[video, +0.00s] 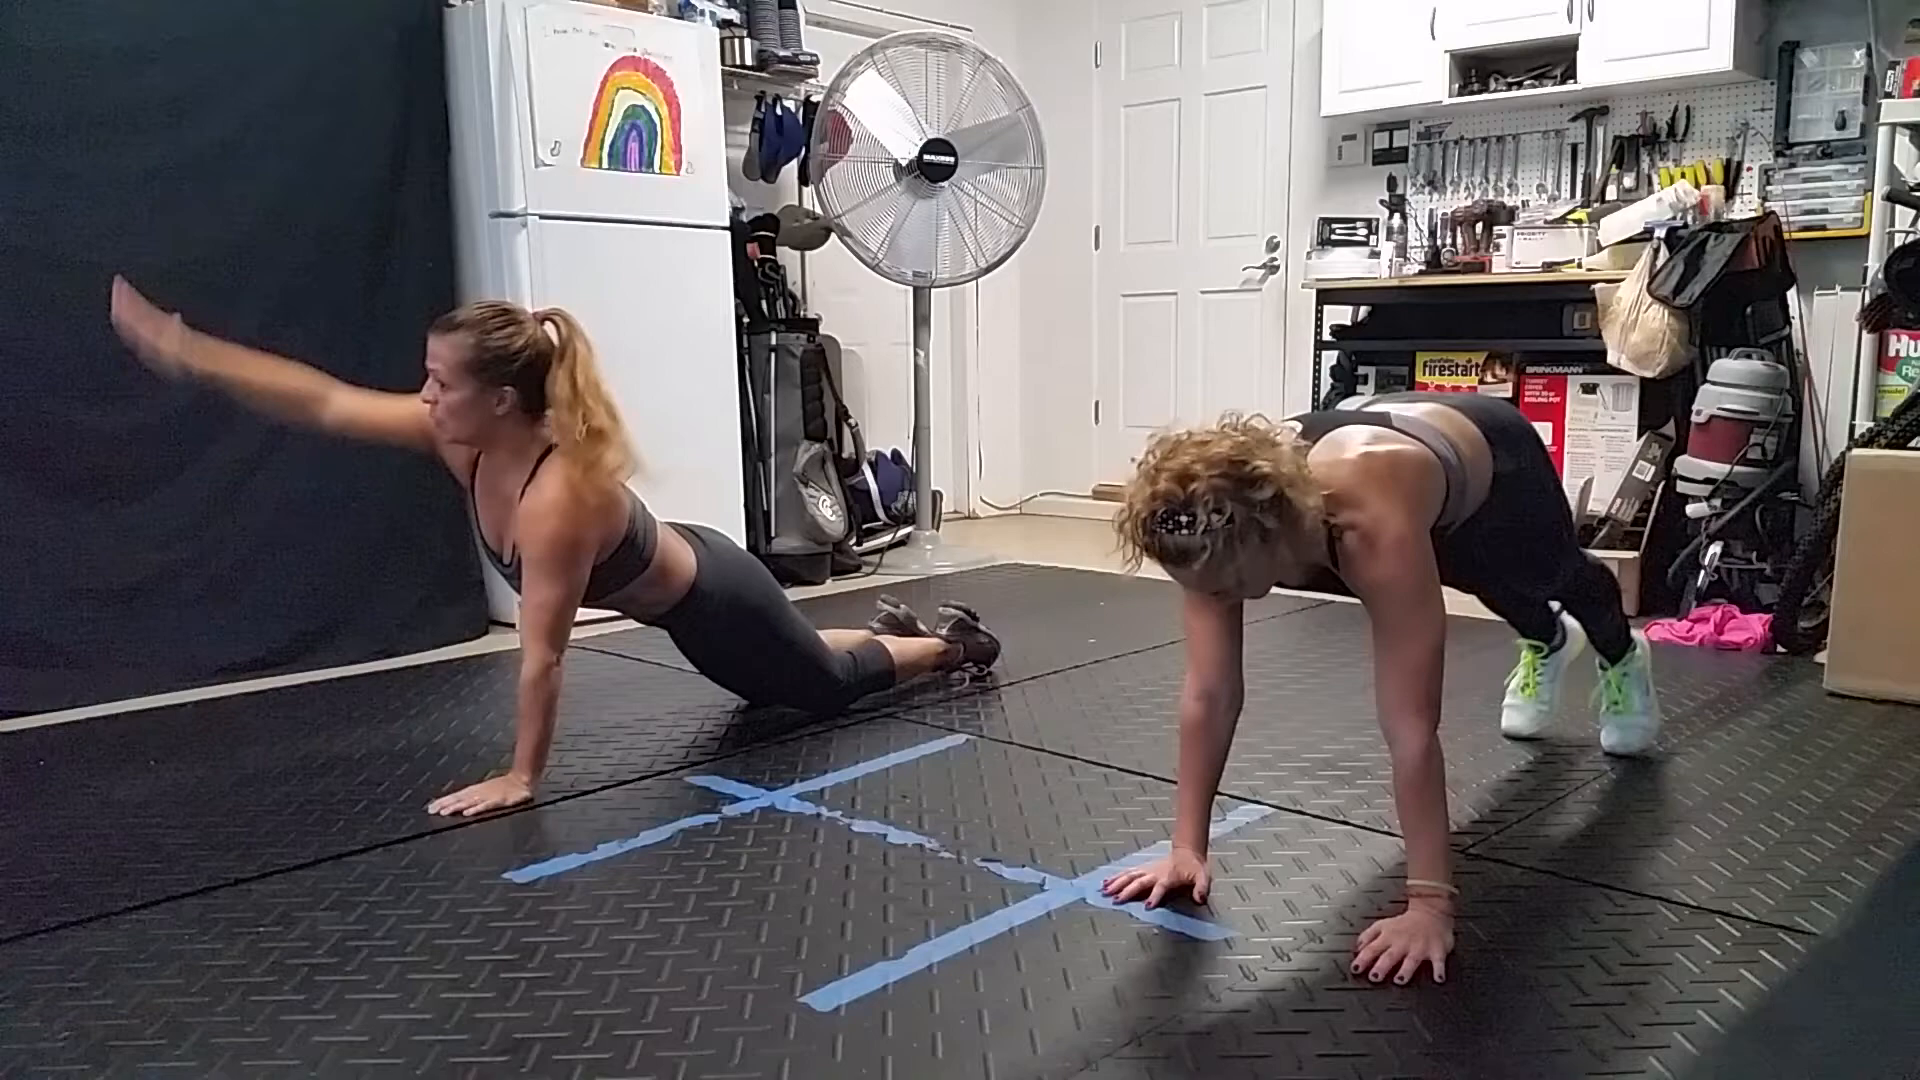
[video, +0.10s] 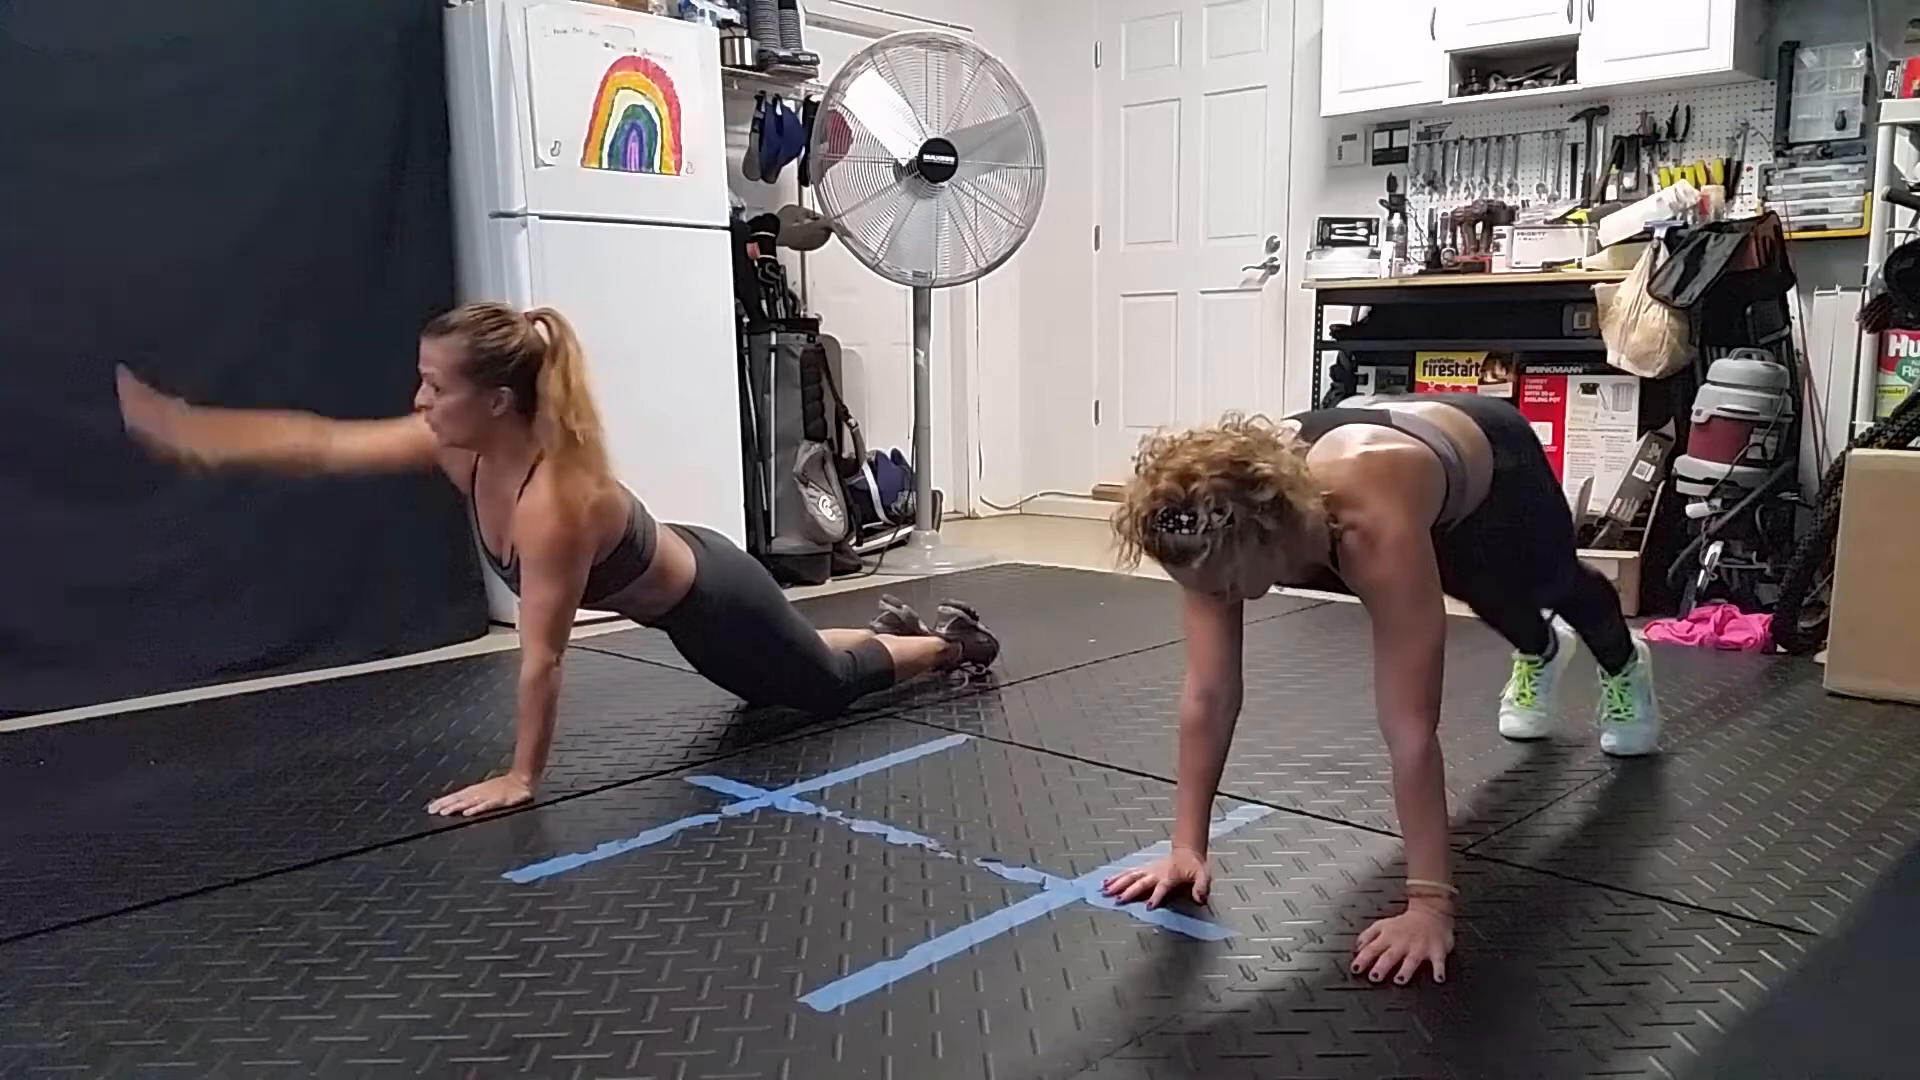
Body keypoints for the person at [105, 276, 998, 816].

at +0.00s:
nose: (423, 394)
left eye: (441, 383)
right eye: (427, 378)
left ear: (504, 401)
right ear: (463, 392)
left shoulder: (562, 493)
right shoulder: (456, 430)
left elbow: (545, 644)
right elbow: (318, 398)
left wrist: (521, 776)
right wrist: (185, 349)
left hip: (718, 606)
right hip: (679, 580)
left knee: (840, 673)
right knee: (785, 650)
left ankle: (941, 649)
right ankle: (882, 639)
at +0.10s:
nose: (419, 401)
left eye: (438, 389)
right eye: (421, 384)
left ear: (502, 404)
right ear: (469, 398)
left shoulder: (554, 505)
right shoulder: (457, 442)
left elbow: (543, 650)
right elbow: (317, 443)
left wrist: (522, 777)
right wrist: (185, 429)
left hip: (717, 606)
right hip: (680, 576)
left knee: (836, 675)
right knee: (791, 650)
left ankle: (949, 649)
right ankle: (897, 637)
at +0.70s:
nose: (316, 495)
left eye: (328, 477)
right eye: (310, 479)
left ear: (393, 459)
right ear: (369, 470)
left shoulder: (487, 524)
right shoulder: (392, 524)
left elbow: (540, 655)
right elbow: (405, 633)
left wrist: (522, 776)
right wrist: (391, 740)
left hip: (670, 612)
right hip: (632, 607)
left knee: (799, 678)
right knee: (768, 648)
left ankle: (909, 621)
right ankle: (880, 606)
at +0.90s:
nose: (295, 567)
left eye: (300, 549)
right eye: (286, 552)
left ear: (360, 523)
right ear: (353, 527)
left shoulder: (465, 557)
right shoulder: (383, 559)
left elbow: (559, 661)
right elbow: (400, 641)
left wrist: (521, 777)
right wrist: (391, 738)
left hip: (657, 634)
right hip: (619, 612)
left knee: (798, 680)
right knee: (757, 638)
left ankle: (905, 624)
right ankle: (868, 602)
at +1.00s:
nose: (289, 633)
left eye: (288, 615)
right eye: (278, 620)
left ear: (337, 577)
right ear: (329, 573)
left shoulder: (453, 591)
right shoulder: (391, 588)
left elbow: (565, 667)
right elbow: (397, 659)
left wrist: (521, 777)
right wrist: (391, 742)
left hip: (655, 644)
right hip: (611, 620)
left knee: (799, 678)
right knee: (757, 644)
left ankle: (907, 621)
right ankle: (871, 603)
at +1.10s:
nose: (281, 686)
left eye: (280, 670)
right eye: (268, 674)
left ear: (320, 633)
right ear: (312, 628)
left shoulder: (438, 620)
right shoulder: (370, 610)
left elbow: (568, 666)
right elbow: (394, 657)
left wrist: (523, 777)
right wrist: (397, 732)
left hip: (646, 654)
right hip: (606, 631)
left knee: (801, 676)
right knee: (757, 645)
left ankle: (904, 621)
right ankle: (873, 605)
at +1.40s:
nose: (264, 649)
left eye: (266, 630)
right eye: (255, 634)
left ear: (314, 603)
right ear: (301, 595)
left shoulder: (431, 600)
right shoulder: (364, 601)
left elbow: (561, 666)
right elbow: (391, 662)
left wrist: (523, 778)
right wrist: (394, 739)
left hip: (644, 644)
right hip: (605, 627)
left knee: (792, 679)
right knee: (746, 648)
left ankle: (899, 620)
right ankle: (860, 605)